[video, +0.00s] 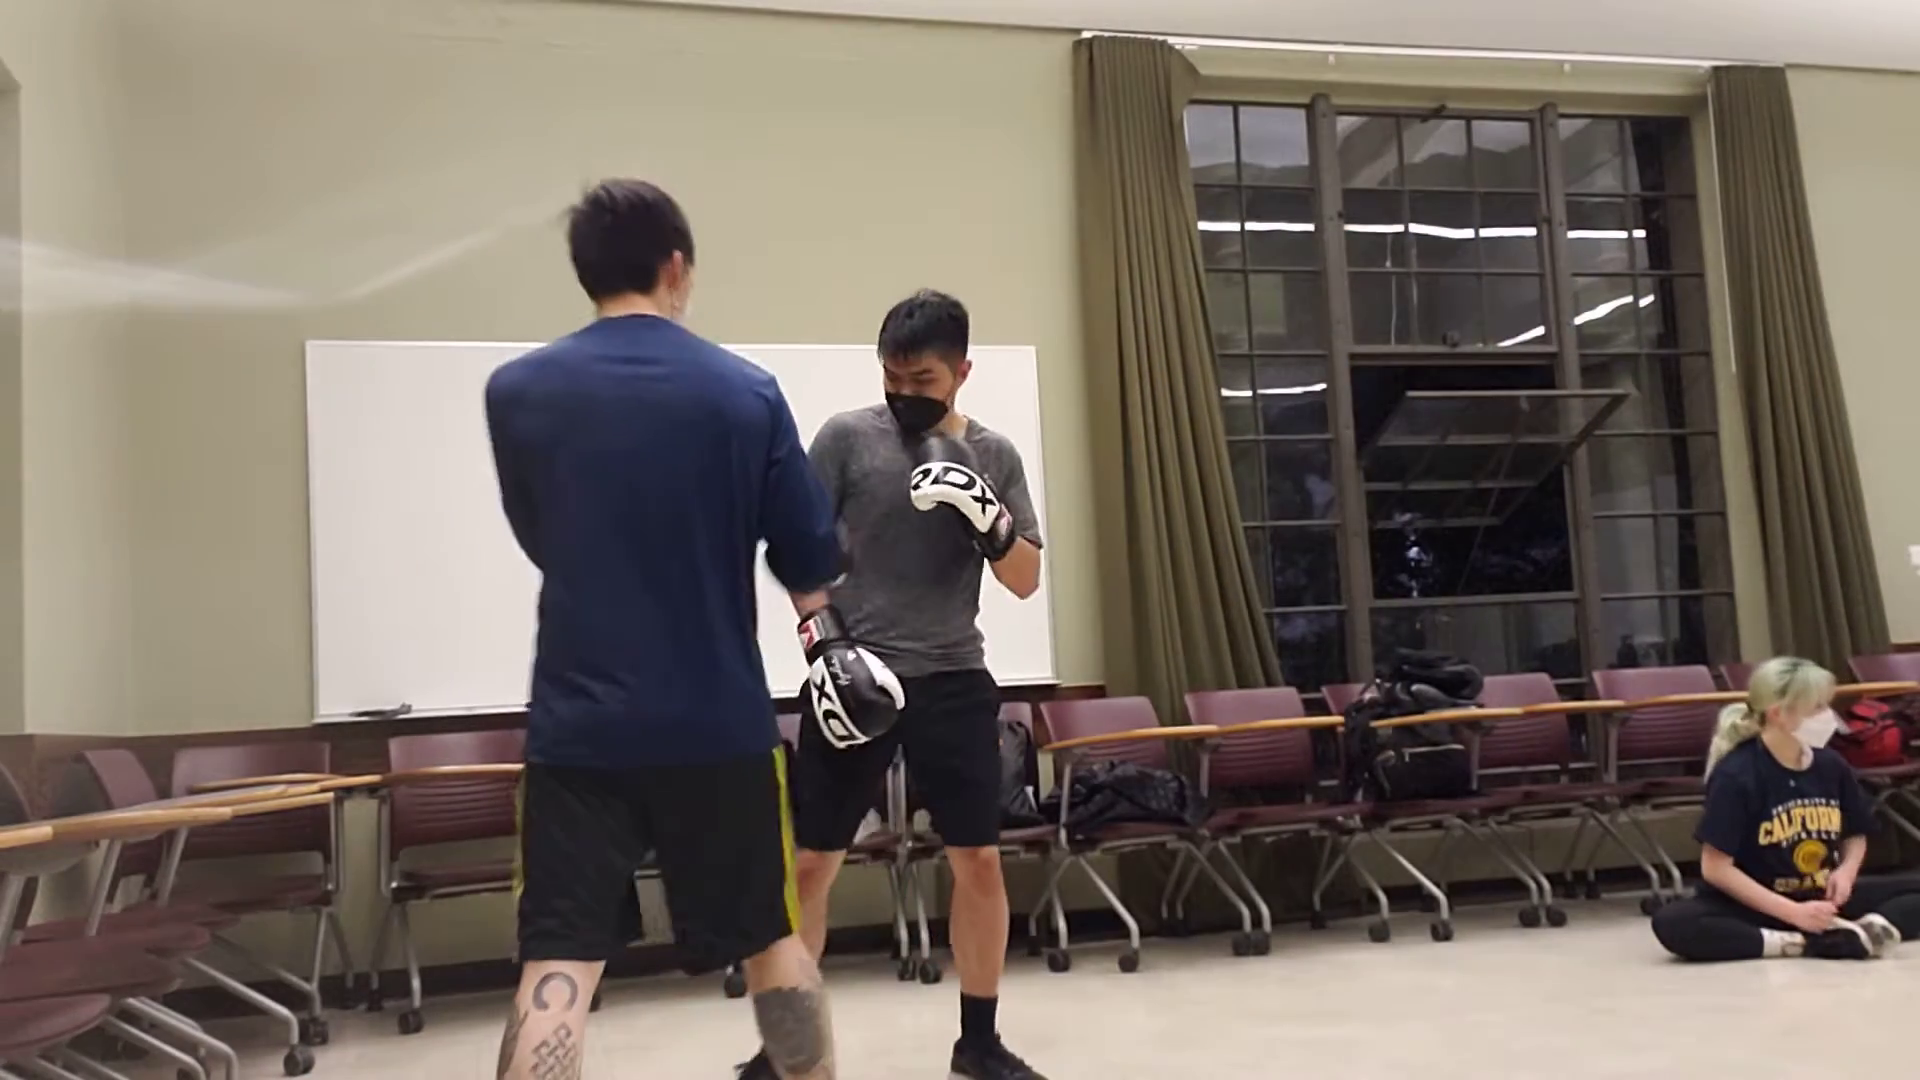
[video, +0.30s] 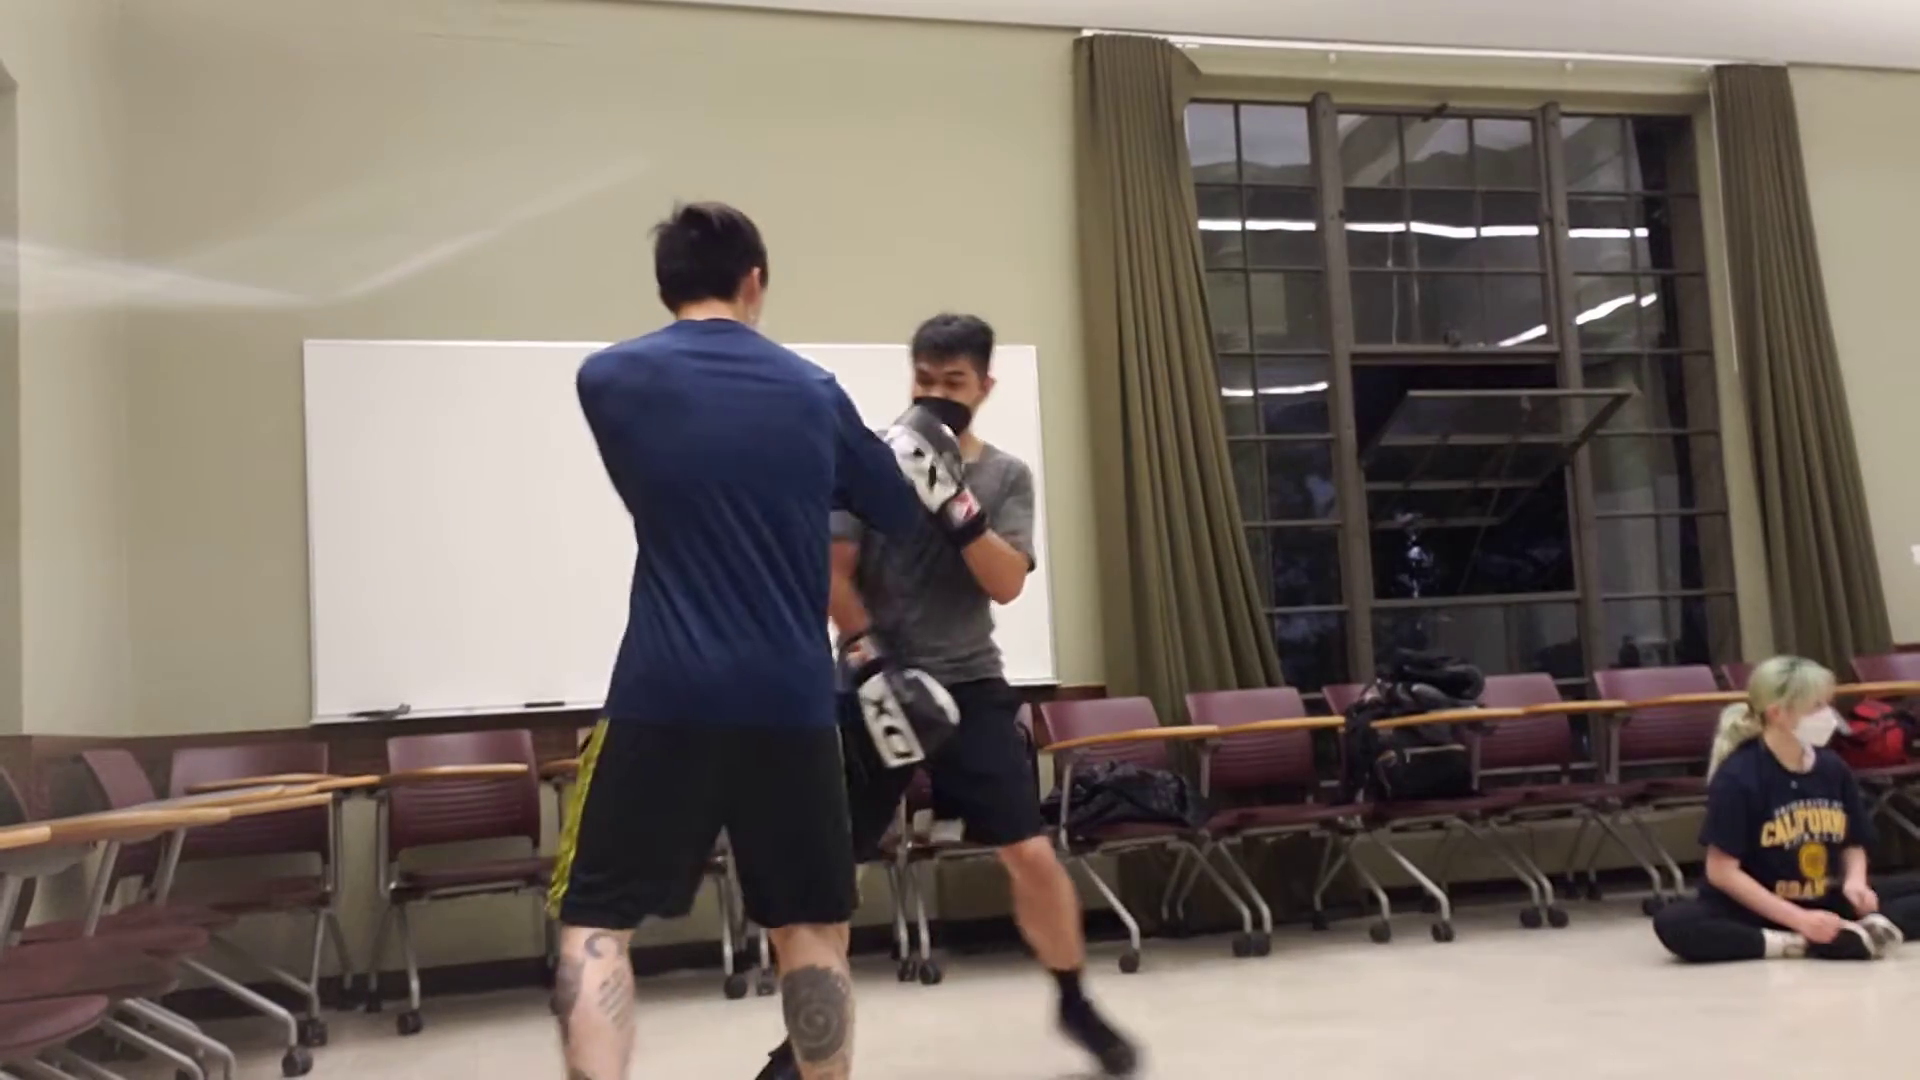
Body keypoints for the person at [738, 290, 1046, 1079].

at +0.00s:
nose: (912, 394)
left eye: (929, 378)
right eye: (899, 377)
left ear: (963, 370)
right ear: (880, 367)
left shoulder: (993, 456)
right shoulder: (843, 439)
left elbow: (1024, 580)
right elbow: (800, 548)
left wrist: (990, 518)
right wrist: (824, 644)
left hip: (952, 680)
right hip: (853, 677)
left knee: (979, 859)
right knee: (811, 862)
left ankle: (979, 1040)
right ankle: (783, 1046)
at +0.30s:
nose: (938, 399)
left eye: (955, 385)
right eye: (927, 384)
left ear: (985, 385)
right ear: (910, 380)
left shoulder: (1004, 474)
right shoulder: (869, 462)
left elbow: (1006, 584)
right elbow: (835, 576)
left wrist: (952, 500)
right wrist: (869, 658)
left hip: (970, 684)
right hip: (875, 685)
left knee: (1030, 851)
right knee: (822, 858)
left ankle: (1074, 1002)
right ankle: (804, 1036)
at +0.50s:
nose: (1018, 392)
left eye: (1035, 379)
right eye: (1008, 379)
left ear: (1073, 385)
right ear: (996, 383)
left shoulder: (1097, 471)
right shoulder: (962, 455)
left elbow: (1081, 572)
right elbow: (917, 572)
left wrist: (998, 502)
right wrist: (946, 641)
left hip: (1067, 695)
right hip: (970, 692)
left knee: (1116, 865)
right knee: (892, 859)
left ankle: (1151, 1022)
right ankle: (811, 1029)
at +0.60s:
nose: (1050, 377)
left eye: (1067, 363)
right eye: (1041, 364)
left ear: (1108, 369)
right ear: (1030, 372)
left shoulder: (1142, 460)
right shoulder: (1003, 453)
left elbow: (1145, 570)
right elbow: (965, 561)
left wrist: (1064, 513)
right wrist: (980, 629)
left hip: (1112, 681)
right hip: (1017, 681)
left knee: (1140, 858)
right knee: (958, 849)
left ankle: (1151, 1021)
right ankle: (904, 1024)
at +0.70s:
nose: (1076, 351)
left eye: (1091, 337)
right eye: (1066, 338)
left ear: (1132, 340)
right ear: (1055, 343)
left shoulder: (1174, 434)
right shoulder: (1027, 428)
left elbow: (1200, 551)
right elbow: (1007, 540)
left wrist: (1129, 511)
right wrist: (1018, 623)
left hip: (1143, 652)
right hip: (1051, 651)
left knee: (1166, 823)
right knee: (1026, 826)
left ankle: (1165, 1004)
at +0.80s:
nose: (1097, 348)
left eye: (1113, 335)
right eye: (1088, 335)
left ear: (1155, 336)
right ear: (1079, 336)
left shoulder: (1196, 426)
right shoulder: (1051, 421)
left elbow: (1230, 545)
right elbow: (1023, 534)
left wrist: (1190, 526)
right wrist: (1047, 624)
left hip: (1175, 640)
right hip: (1084, 642)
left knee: (1217, 808)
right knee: (1086, 822)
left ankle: (1217, 988)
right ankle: (1105, 992)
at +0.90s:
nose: (1126, 375)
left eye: (1143, 361)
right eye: (1117, 361)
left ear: (1186, 363)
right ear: (1108, 364)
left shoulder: (1225, 455)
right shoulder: (1079, 454)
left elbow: (1250, 576)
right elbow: (1047, 563)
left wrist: (1218, 548)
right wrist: (1078, 645)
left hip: (1211, 667)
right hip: (1117, 674)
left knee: (1274, 824)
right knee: (1118, 849)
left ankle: (1320, 993)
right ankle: (1121, 1006)